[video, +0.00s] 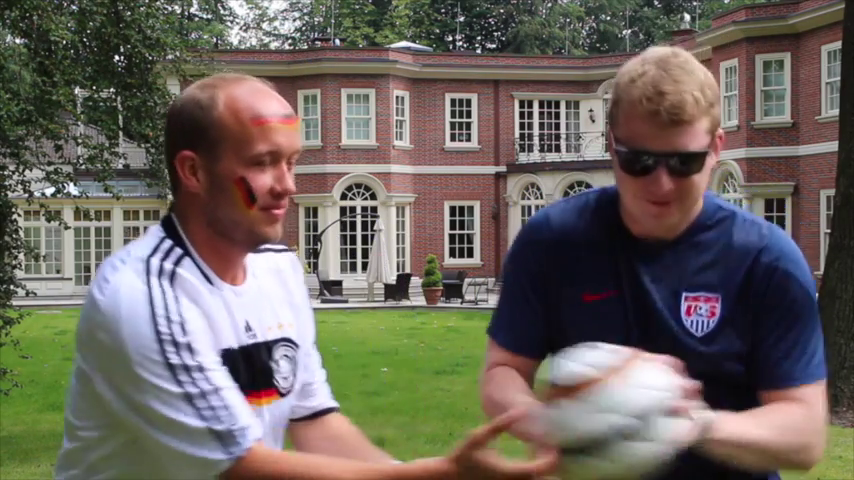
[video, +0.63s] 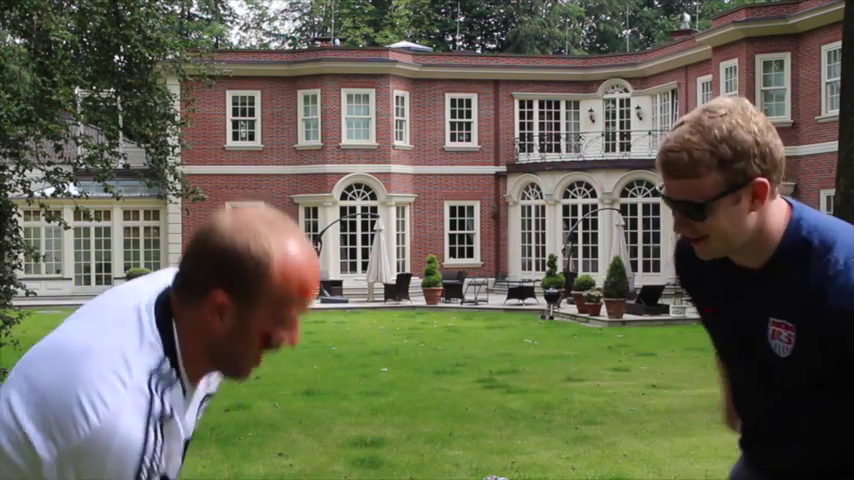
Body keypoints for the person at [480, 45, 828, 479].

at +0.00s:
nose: (661, 183)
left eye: (684, 161)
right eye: (638, 160)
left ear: (716, 148)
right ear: (611, 145)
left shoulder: (768, 259)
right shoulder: (552, 238)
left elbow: (804, 433)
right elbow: (503, 371)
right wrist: (546, 425)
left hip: (720, 466)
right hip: (587, 465)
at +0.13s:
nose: (692, 182)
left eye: (716, 162)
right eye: (670, 158)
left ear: (748, 138)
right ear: (646, 136)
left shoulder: (777, 256)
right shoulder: (590, 212)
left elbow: (693, 414)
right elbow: (535, 344)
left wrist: (516, 401)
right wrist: (434, 412)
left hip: (740, 472)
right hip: (619, 469)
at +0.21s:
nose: (714, 176)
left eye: (739, 155)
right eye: (693, 150)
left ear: (771, 133)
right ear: (675, 126)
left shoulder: (784, 249)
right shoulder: (620, 197)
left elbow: (640, 362)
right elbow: (550, 325)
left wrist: (456, 373)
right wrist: (442, 385)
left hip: (763, 469)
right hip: (643, 467)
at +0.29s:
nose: (720, 182)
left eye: (744, 160)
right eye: (700, 156)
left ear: (781, 140)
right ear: (683, 130)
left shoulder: (798, 255)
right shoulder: (645, 203)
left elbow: (650, 374)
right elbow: (586, 320)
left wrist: (486, 330)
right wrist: (479, 370)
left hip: (778, 467)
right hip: (666, 466)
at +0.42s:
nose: (716, 211)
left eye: (738, 191)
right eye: (698, 187)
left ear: (785, 172)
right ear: (683, 167)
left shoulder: (824, 279)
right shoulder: (677, 234)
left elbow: (728, 437)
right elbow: (660, 334)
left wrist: (587, 361)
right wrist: (560, 408)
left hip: (815, 469)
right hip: (714, 464)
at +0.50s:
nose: (700, 225)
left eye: (720, 211)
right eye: (686, 205)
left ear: (776, 192)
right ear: (677, 189)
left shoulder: (833, 283)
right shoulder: (683, 252)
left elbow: (829, 459)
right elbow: (687, 353)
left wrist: (675, 449)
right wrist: (651, 444)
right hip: (742, 467)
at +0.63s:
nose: (680, 226)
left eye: (694, 209)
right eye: (671, 206)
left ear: (757, 194)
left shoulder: (839, 270)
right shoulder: (692, 255)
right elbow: (726, 333)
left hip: (838, 461)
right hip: (763, 456)